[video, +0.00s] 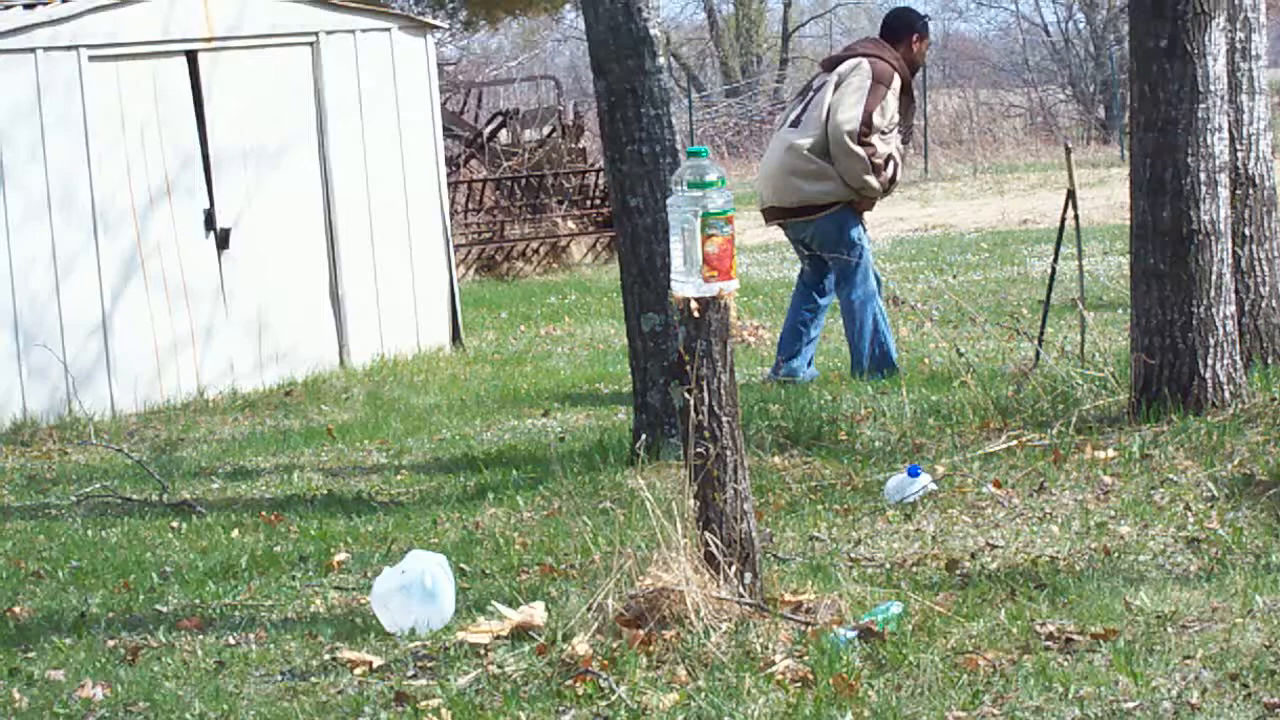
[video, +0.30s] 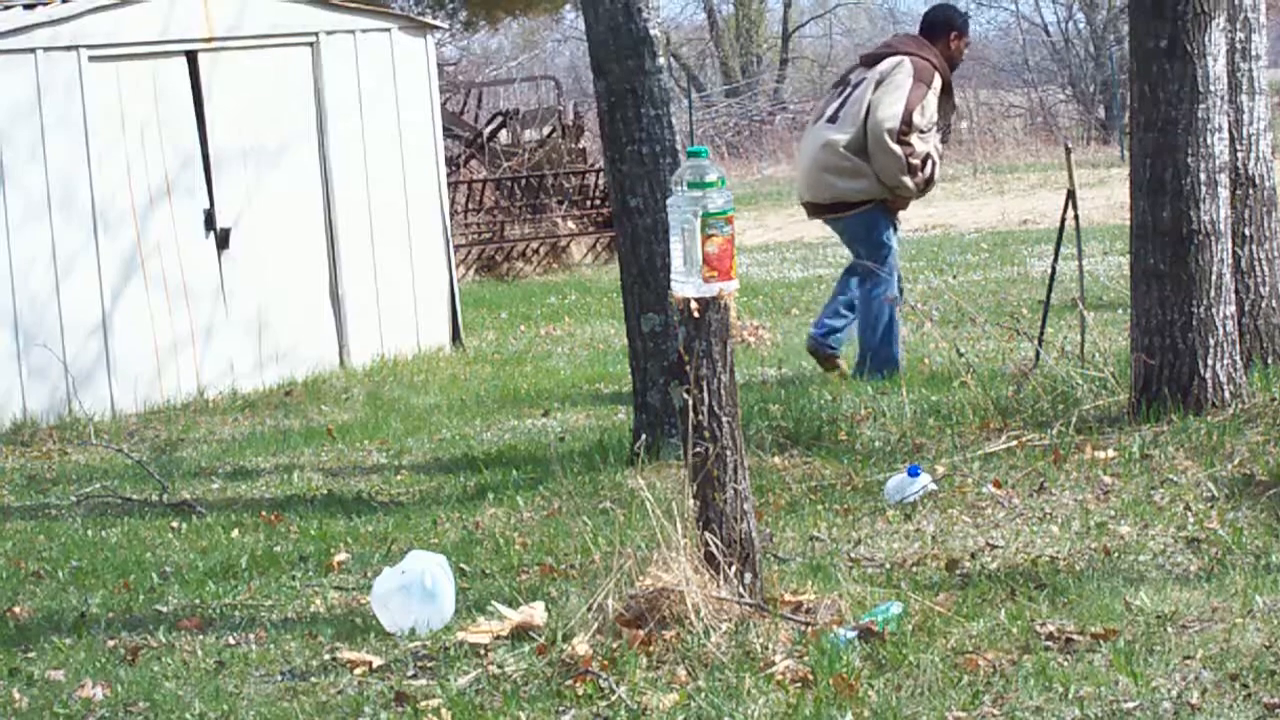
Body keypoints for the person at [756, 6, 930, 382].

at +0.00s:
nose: (926, 53)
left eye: (927, 45)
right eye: (926, 44)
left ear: (885, 36)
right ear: (913, 41)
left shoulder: (848, 63)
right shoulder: (876, 67)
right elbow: (849, 132)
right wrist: (871, 187)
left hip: (783, 189)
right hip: (815, 188)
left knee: (817, 276)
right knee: (861, 280)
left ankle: (790, 371)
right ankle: (877, 374)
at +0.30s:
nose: (964, 52)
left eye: (966, 44)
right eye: (965, 43)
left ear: (925, 33)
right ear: (952, 39)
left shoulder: (889, 58)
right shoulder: (919, 66)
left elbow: (835, 117)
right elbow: (888, 129)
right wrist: (906, 188)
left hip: (821, 176)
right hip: (847, 178)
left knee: (871, 258)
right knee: (880, 273)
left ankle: (825, 339)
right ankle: (878, 375)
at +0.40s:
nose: (976, 52)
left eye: (978, 44)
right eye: (976, 43)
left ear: (936, 32)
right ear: (963, 38)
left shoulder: (897, 55)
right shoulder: (931, 65)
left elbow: (836, 110)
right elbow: (900, 127)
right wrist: (917, 186)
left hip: (831, 172)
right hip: (858, 174)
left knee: (891, 256)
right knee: (888, 271)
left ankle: (857, 340)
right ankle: (879, 372)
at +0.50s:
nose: (988, 53)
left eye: (989, 45)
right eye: (987, 44)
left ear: (950, 34)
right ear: (972, 38)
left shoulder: (912, 56)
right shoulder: (942, 65)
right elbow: (910, 128)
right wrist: (926, 185)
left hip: (845, 172)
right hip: (866, 174)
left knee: (908, 258)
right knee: (895, 266)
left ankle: (912, 354)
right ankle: (880, 366)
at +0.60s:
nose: (1000, 57)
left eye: (1002, 49)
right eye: (999, 48)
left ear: (963, 38)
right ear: (980, 40)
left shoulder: (920, 59)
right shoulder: (952, 67)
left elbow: (861, 110)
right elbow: (922, 129)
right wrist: (936, 188)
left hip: (856, 178)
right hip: (882, 179)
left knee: (919, 270)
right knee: (903, 274)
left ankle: (943, 357)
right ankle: (878, 372)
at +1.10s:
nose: (1056, 57)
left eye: (1058, 48)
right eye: (1055, 46)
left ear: (1030, 36)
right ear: (1034, 37)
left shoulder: (975, 53)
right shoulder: (1004, 56)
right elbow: (970, 106)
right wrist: (995, 163)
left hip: (899, 168)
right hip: (931, 167)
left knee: (943, 257)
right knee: (993, 246)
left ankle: (937, 355)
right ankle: (971, 345)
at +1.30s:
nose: (1083, 64)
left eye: (1087, 57)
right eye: (1084, 54)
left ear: (1059, 41)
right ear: (1064, 43)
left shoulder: (996, 55)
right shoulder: (1034, 62)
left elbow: (943, 105)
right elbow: (997, 116)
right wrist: (1018, 173)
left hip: (919, 167)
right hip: (956, 168)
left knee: (955, 259)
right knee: (1002, 262)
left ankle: (945, 357)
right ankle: (1041, 352)